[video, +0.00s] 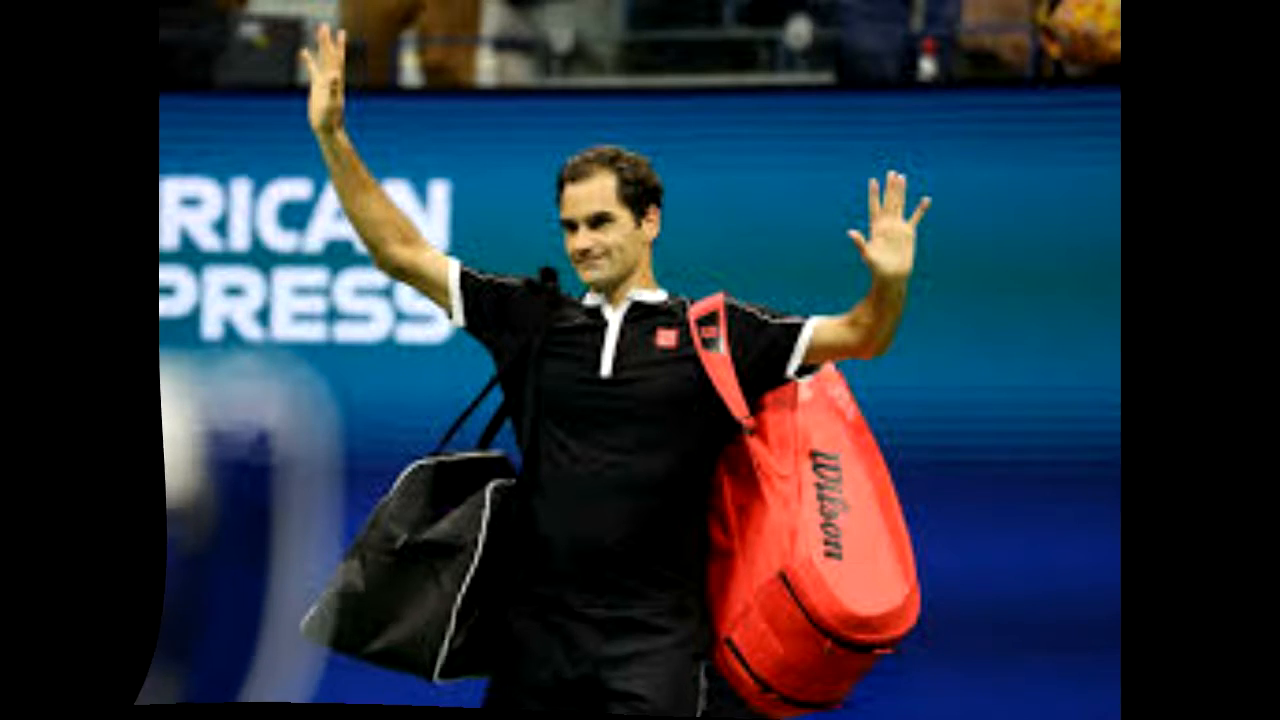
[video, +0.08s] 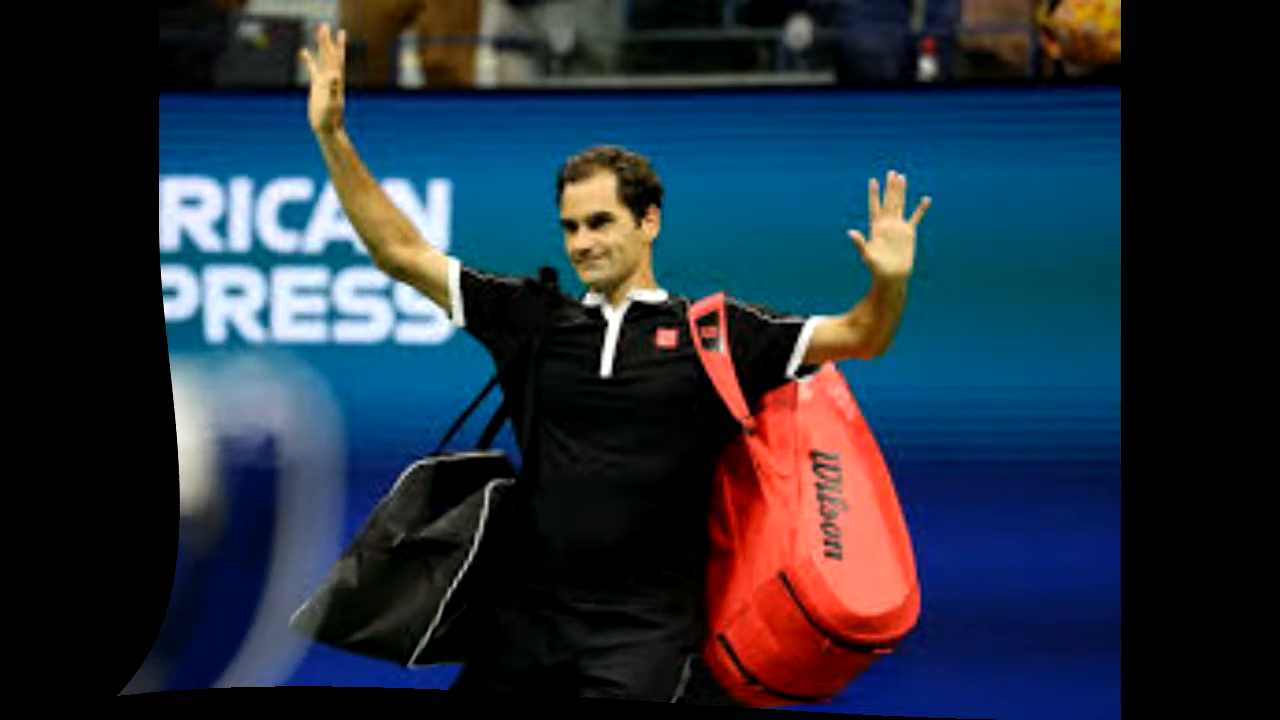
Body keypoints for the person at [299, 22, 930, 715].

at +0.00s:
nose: (581, 241)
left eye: (599, 224)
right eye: (570, 227)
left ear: (648, 224)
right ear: (560, 234)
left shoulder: (717, 329)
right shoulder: (529, 317)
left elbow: (859, 337)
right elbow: (397, 250)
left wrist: (889, 286)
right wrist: (329, 135)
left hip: (656, 629)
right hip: (539, 625)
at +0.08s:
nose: (581, 241)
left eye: (599, 223)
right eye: (570, 227)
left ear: (648, 223)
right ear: (561, 234)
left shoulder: (716, 331)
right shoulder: (531, 317)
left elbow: (859, 336)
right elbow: (399, 251)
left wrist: (890, 286)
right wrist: (330, 137)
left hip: (646, 624)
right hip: (530, 615)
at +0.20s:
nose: (582, 242)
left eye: (599, 223)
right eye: (571, 227)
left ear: (648, 225)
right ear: (562, 237)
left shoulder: (714, 331)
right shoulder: (531, 316)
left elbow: (861, 337)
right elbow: (402, 252)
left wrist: (890, 283)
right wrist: (329, 136)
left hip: (611, 596)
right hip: (501, 581)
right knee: (414, 641)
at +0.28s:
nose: (583, 243)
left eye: (600, 225)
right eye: (571, 229)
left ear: (649, 224)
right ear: (562, 237)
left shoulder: (713, 330)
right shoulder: (537, 314)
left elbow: (862, 338)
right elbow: (418, 261)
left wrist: (890, 282)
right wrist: (338, 140)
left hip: (571, 576)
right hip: (472, 551)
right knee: (349, 606)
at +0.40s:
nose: (600, 253)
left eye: (615, 233)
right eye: (589, 238)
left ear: (659, 229)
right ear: (581, 243)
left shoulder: (713, 327)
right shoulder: (556, 324)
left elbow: (853, 332)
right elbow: (464, 287)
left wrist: (886, 285)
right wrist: (396, 171)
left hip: (523, 523)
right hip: (462, 487)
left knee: (352, 553)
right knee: (321, 553)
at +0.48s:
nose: (620, 262)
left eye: (635, 245)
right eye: (611, 249)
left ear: (674, 240)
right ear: (604, 251)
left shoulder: (712, 325)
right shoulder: (578, 331)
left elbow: (843, 326)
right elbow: (506, 308)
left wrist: (883, 275)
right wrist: (451, 190)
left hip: (511, 493)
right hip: (440, 487)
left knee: (309, 559)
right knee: (286, 559)